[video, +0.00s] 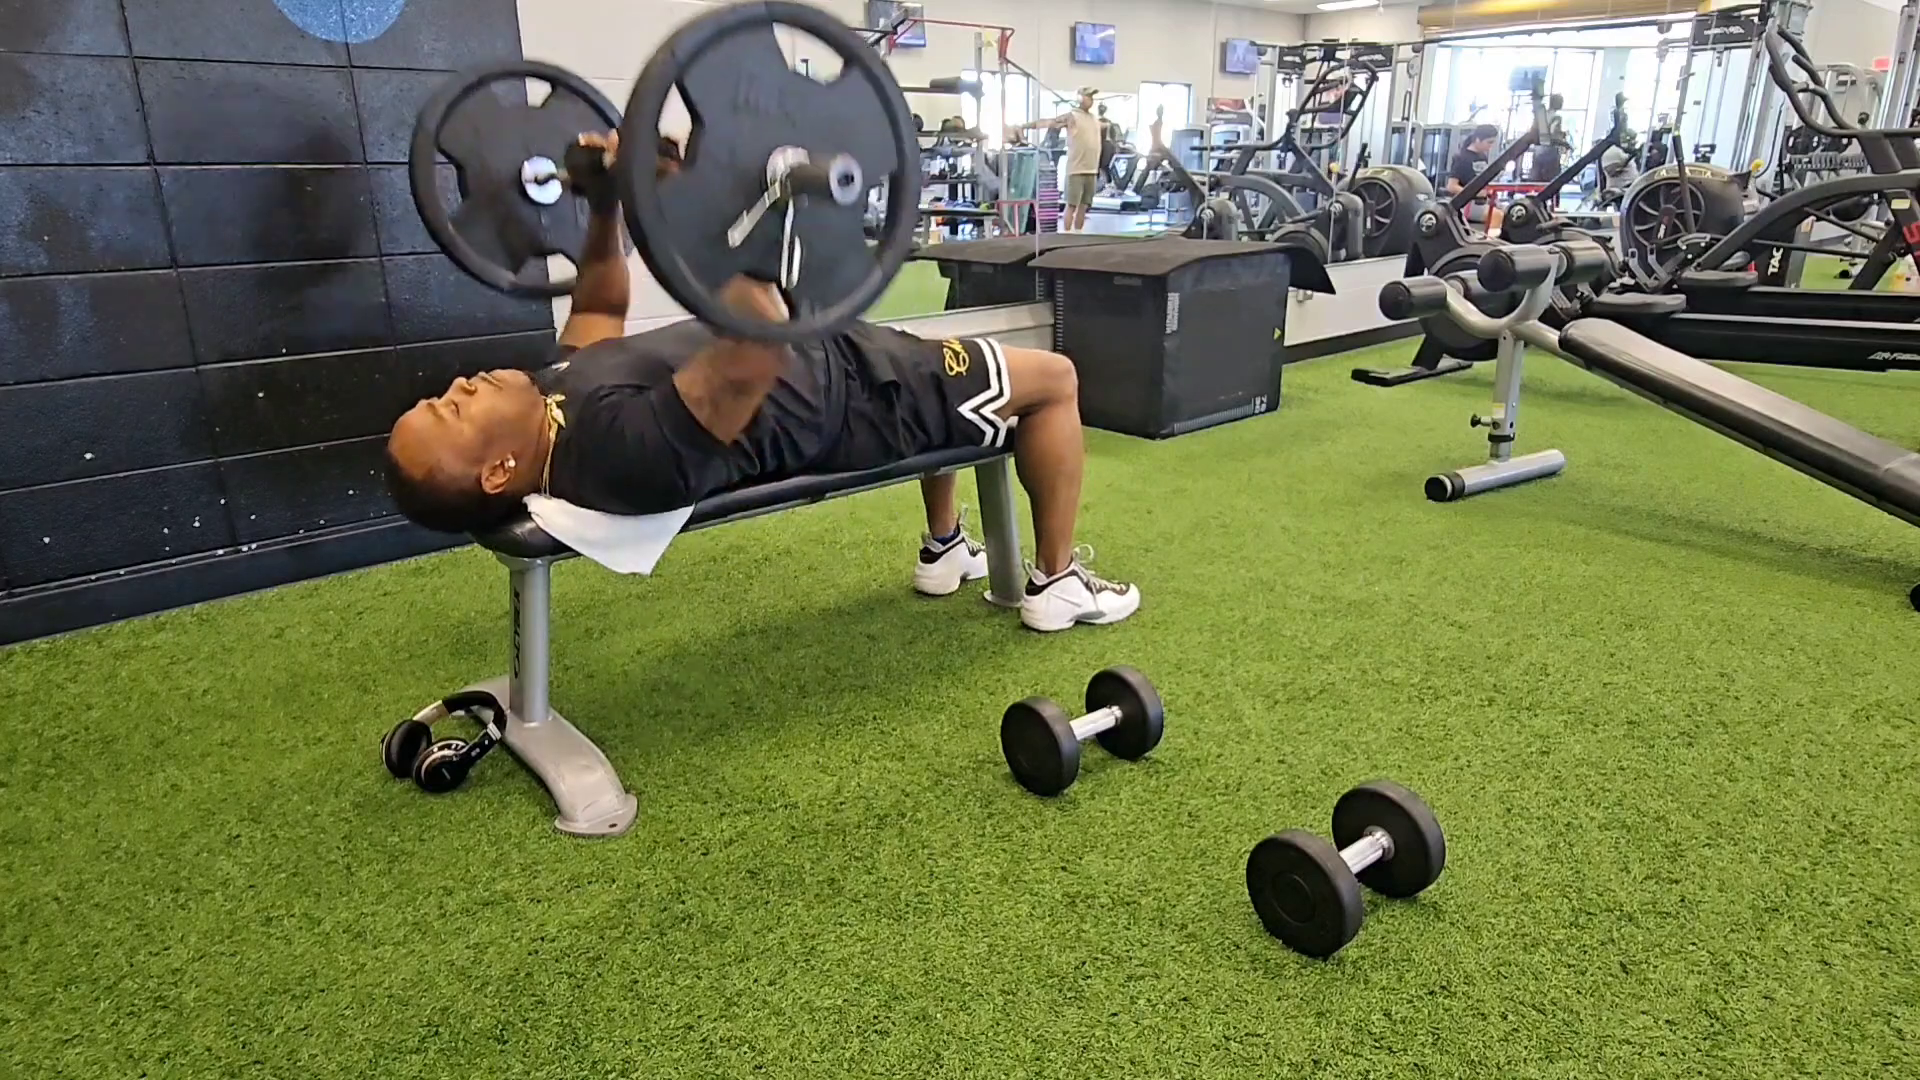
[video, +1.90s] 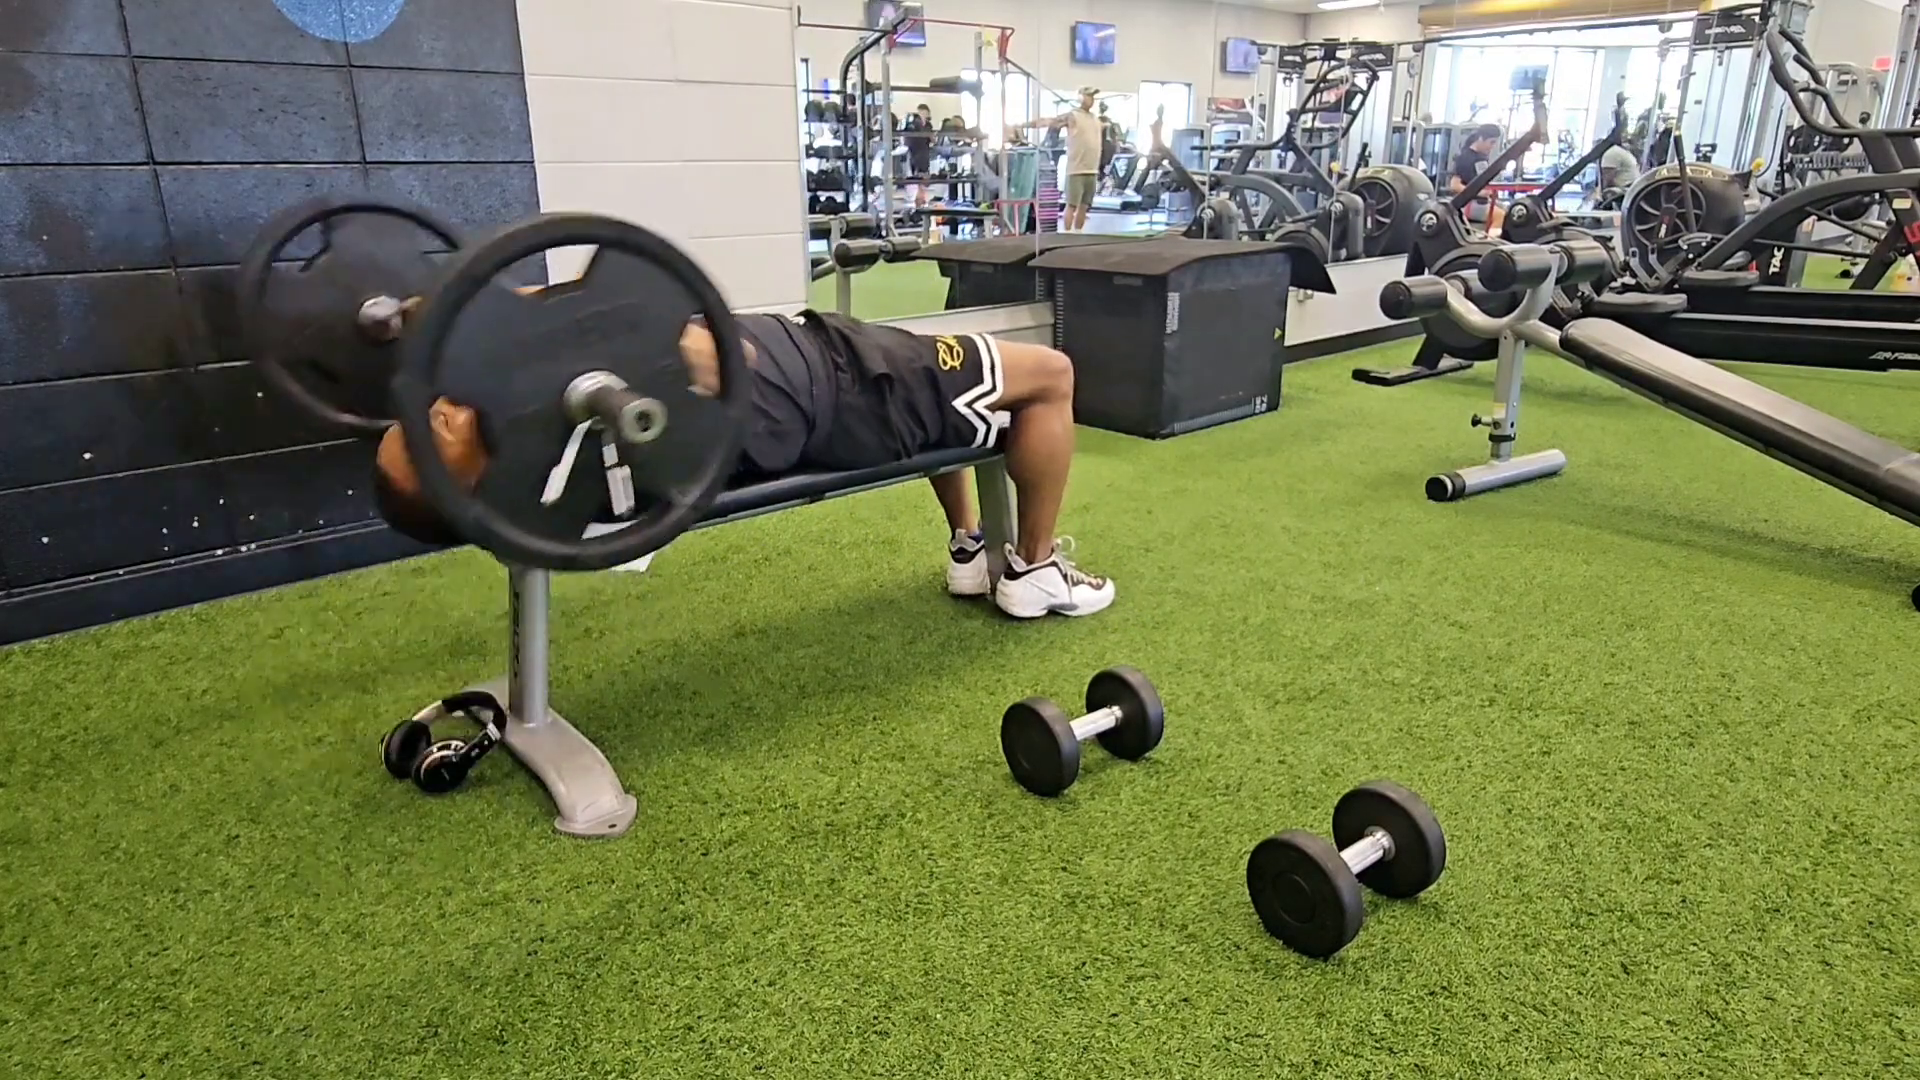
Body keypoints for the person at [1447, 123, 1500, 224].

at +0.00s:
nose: (1490, 147)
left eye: (1492, 143)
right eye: (1489, 142)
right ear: (1478, 140)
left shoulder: (1483, 157)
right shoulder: (1461, 158)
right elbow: (1451, 186)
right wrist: (1476, 193)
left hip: (1485, 201)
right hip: (1467, 203)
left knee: (1508, 212)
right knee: (1497, 216)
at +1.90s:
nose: (1493, 147)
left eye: (1494, 143)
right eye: (1492, 142)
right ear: (1481, 138)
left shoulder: (1484, 157)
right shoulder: (1465, 157)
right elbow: (1454, 184)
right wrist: (1479, 192)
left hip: (1484, 201)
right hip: (1470, 203)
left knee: (1506, 213)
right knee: (1499, 215)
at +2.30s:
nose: (1492, 144)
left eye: (1494, 140)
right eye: (1490, 139)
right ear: (1479, 138)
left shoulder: (1486, 157)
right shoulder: (1465, 156)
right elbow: (1455, 185)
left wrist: (1493, 191)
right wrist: (1480, 193)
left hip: (1487, 201)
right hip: (1469, 202)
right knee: (1499, 217)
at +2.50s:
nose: (1504, 143)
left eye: (1505, 139)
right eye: (1502, 138)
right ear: (1490, 138)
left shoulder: (1497, 159)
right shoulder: (1478, 157)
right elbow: (1463, 185)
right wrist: (1486, 194)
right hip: (1469, 201)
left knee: (1510, 211)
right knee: (1498, 216)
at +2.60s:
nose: (1512, 144)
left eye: (1513, 141)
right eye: (1509, 140)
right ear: (1498, 140)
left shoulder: (1502, 159)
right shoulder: (1483, 158)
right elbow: (1467, 186)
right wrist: (1492, 192)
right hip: (1473, 202)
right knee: (1499, 217)